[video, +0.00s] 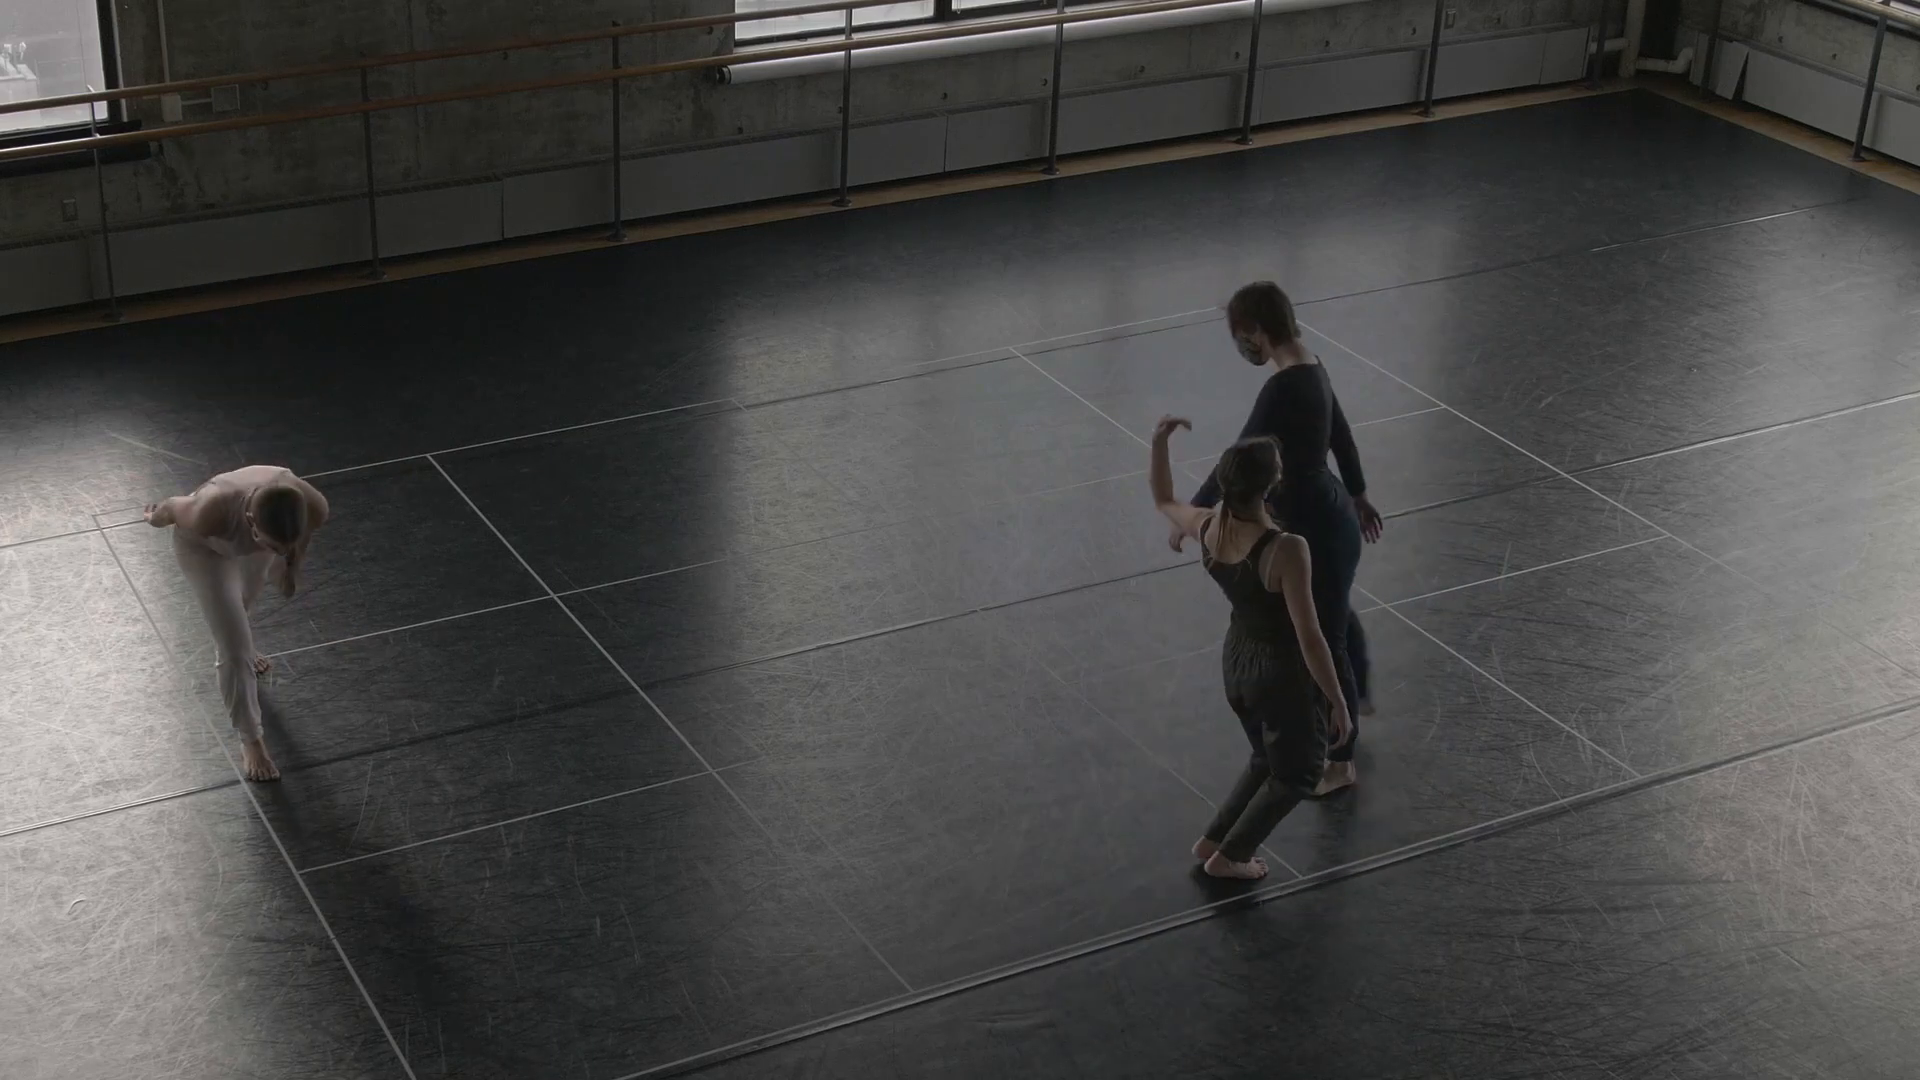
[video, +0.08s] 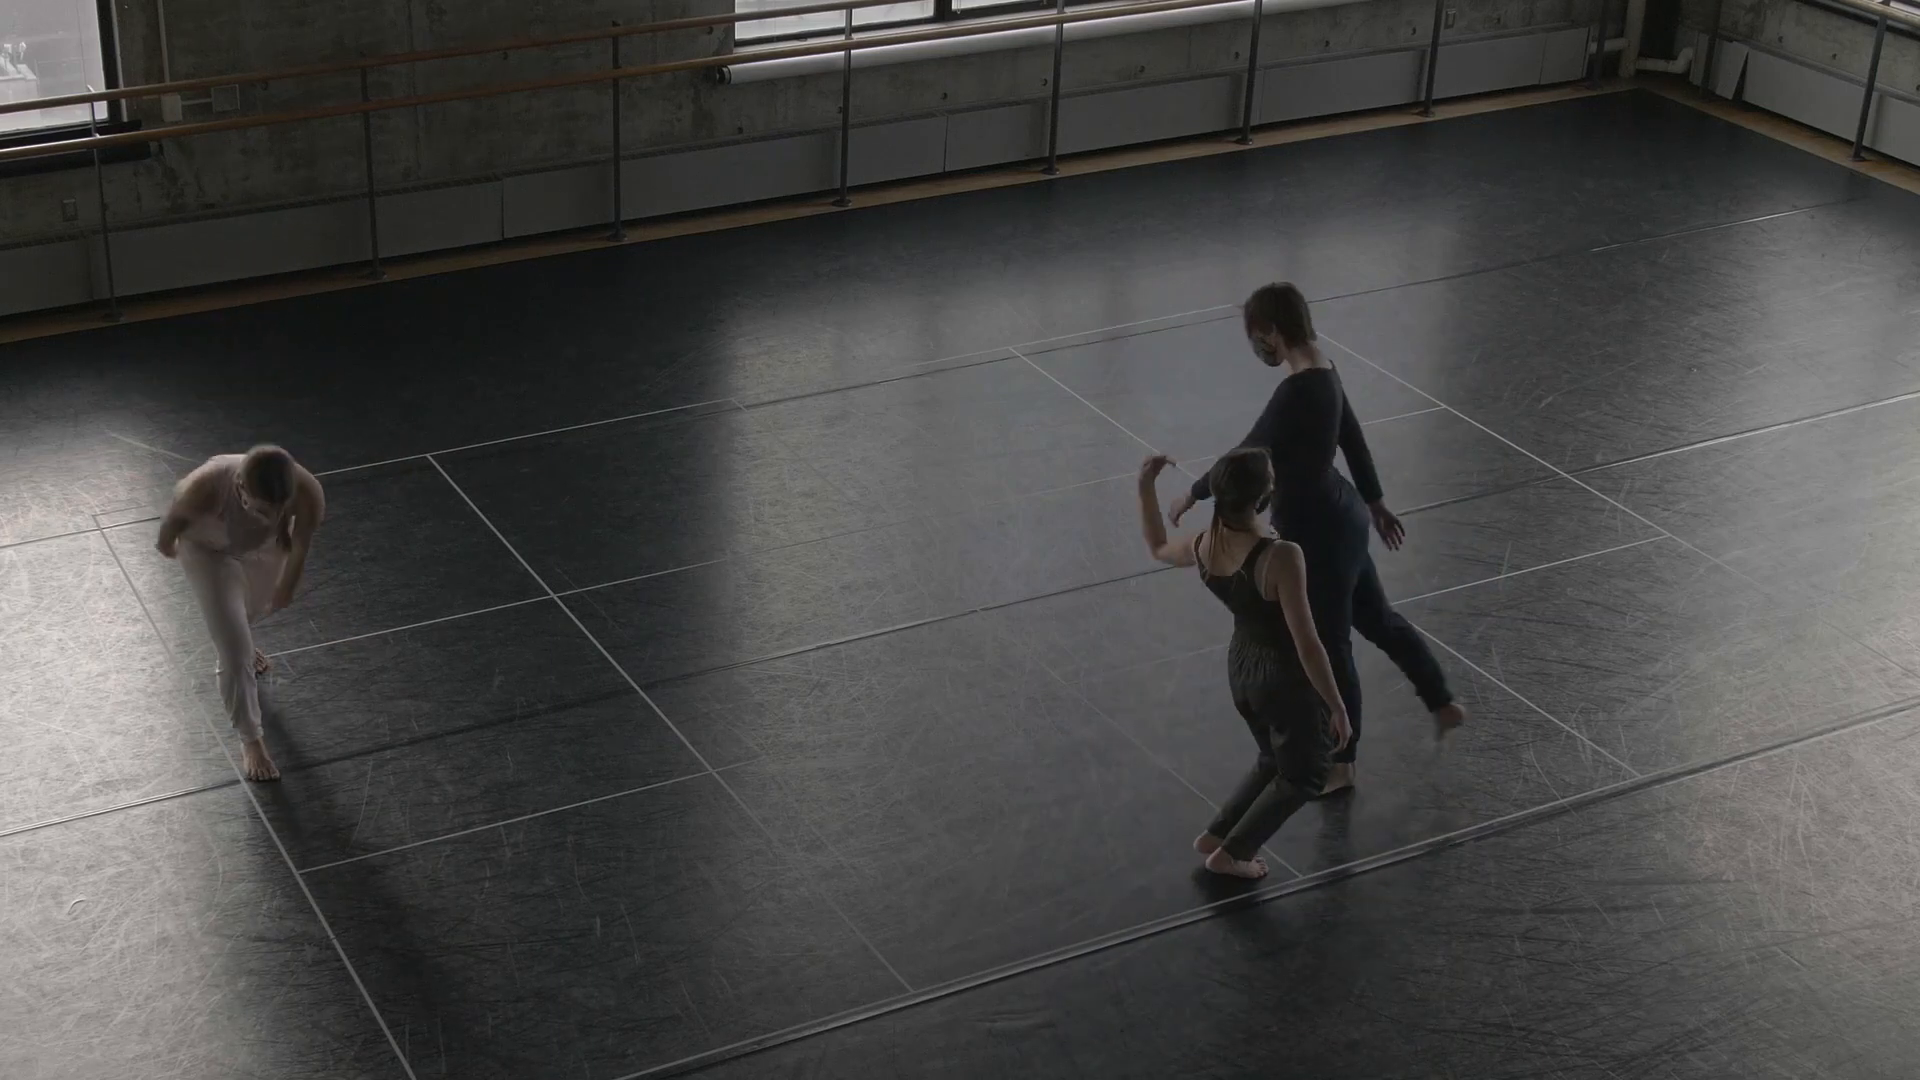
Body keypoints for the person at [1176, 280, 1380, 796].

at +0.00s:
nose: (1237, 342)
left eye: (1239, 333)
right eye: (1235, 334)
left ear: (1258, 329)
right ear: (1283, 322)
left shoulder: (1279, 388)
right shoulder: (1312, 367)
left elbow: (1239, 457)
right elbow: (1341, 437)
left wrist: (1191, 511)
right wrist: (1360, 496)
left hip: (1313, 528)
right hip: (1335, 509)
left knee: (1325, 633)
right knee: (1335, 606)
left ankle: (1338, 761)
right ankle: (1355, 696)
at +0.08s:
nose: (1253, 342)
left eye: (1253, 332)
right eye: (1251, 333)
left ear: (1271, 332)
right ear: (1298, 324)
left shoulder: (1294, 391)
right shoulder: (1322, 374)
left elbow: (1248, 455)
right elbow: (1352, 440)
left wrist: (1192, 493)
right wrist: (1377, 501)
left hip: (1318, 534)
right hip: (1343, 514)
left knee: (1330, 643)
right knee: (1377, 620)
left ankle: (1340, 760)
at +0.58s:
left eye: (1323, 318)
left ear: (1322, 325)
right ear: (1371, 317)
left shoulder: (1318, 379)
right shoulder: (1391, 391)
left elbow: (1335, 454)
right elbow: (1396, 484)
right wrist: (1414, 564)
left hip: (1330, 519)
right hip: (1381, 524)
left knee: (1324, 632)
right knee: (1389, 591)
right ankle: (1393, 653)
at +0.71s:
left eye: (1342, 317)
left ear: (1346, 326)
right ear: (1394, 319)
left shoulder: (1344, 371)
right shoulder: (1404, 397)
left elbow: (1379, 431)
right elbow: (1385, 486)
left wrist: (1429, 469)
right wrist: (1375, 568)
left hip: (1341, 507)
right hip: (1400, 515)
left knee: (1330, 612)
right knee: (1412, 578)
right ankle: (1422, 623)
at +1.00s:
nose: (1414, 322)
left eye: (1417, 316)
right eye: (1418, 314)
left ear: (1422, 325)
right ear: (1468, 331)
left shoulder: (1401, 366)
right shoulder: (1478, 386)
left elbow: (1390, 348)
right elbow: (1491, 465)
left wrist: (1407, 325)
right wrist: (1503, 537)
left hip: (1389, 509)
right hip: (1454, 515)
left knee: (1361, 615)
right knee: (1467, 612)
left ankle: (1343, 724)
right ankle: (1480, 718)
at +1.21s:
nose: (1432, 308)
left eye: (1433, 301)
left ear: (1433, 310)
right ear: (1481, 315)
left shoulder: (1401, 358)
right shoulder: (1498, 372)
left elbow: (1338, 372)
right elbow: (1569, 419)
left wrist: (1281, 373)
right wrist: (1637, 454)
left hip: (1403, 507)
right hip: (1467, 511)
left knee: (1355, 560)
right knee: (1474, 602)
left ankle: (1372, 670)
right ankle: (1483, 717)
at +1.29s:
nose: (1412, 291)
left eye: (1416, 285)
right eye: (1420, 283)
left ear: (1421, 296)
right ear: (1468, 300)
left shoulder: (1391, 351)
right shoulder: (1488, 356)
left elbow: (1326, 389)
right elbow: (1562, 382)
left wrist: (1261, 416)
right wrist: (1636, 401)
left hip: (1398, 497)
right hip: (1463, 499)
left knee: (1344, 543)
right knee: (1473, 604)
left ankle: (1350, 648)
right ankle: (1481, 717)